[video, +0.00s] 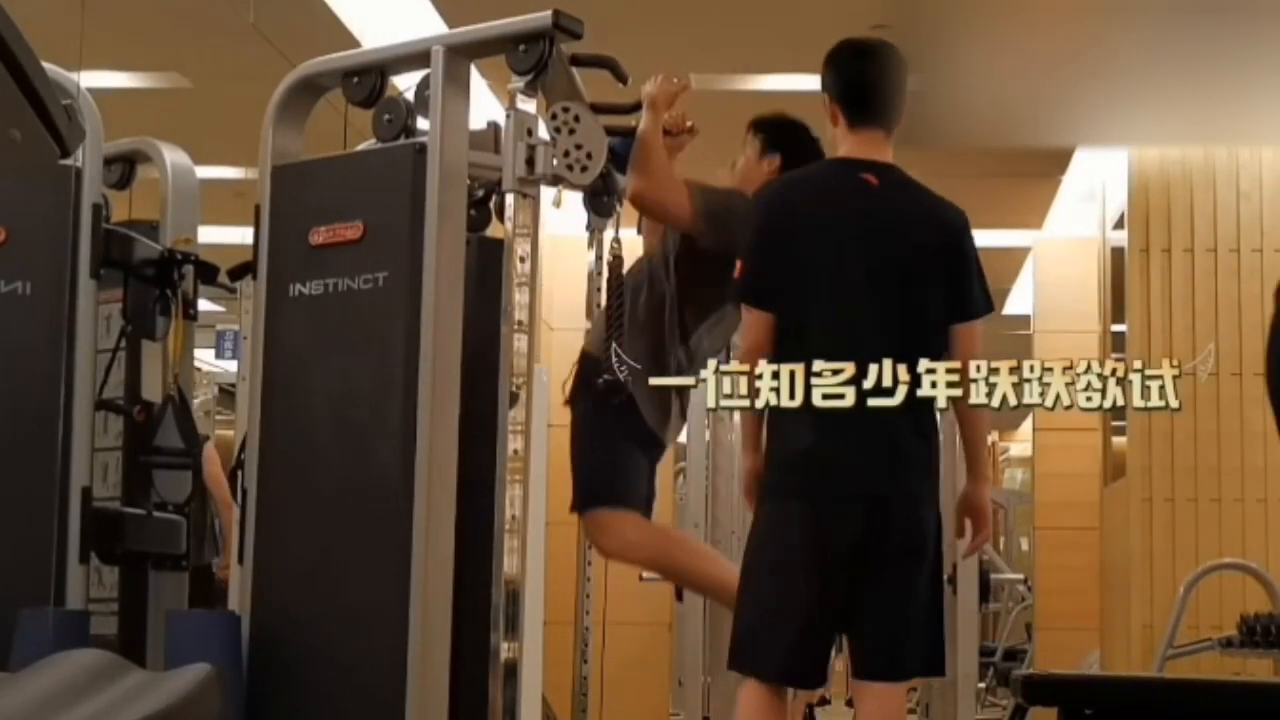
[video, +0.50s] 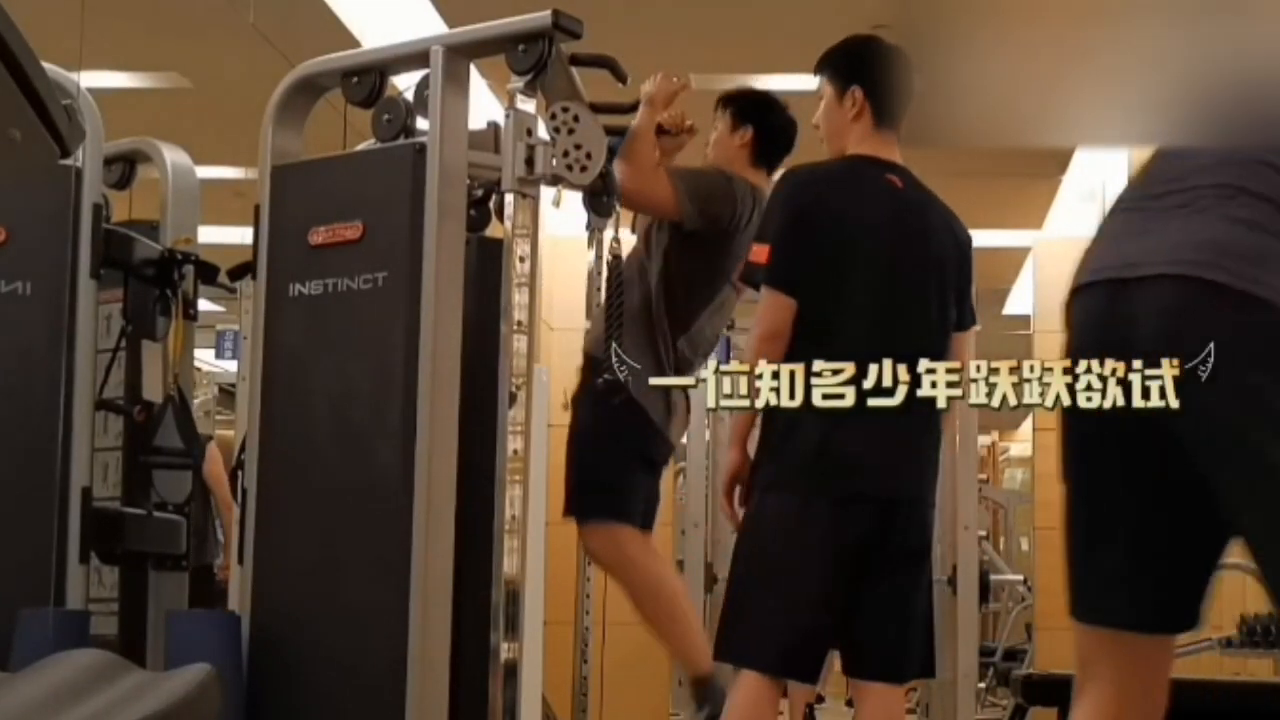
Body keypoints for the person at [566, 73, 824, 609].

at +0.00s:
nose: (736, 169)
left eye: (745, 158)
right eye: (739, 158)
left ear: (772, 162)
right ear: (783, 169)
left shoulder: (749, 213)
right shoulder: (755, 220)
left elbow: (648, 189)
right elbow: (659, 244)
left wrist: (651, 116)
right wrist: (662, 157)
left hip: (623, 373)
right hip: (635, 376)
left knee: (613, 530)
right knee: (619, 529)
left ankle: (759, 600)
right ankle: (759, 600)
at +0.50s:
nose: (709, 136)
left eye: (718, 126)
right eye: (713, 127)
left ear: (742, 136)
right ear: (760, 145)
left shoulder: (727, 191)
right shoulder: (737, 196)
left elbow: (636, 185)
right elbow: (647, 191)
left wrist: (645, 115)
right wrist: (663, 136)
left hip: (630, 378)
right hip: (644, 380)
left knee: (608, 533)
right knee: (621, 537)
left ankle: (706, 678)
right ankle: (704, 677)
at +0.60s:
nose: (699, 174)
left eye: (709, 161)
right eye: (703, 163)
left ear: (735, 169)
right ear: (747, 176)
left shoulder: (721, 221)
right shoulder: (732, 234)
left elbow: (635, 189)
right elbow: (653, 253)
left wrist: (646, 117)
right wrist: (662, 152)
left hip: (639, 416)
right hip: (661, 417)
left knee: (612, 588)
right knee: (644, 590)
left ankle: (644, 718)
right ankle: (661, 715)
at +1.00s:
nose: (724, 211)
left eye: (735, 201)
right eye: (721, 201)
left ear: (756, 212)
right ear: (715, 206)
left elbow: (683, 231)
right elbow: (638, 243)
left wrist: (659, 144)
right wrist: (655, 167)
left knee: (666, 624)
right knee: (662, 624)